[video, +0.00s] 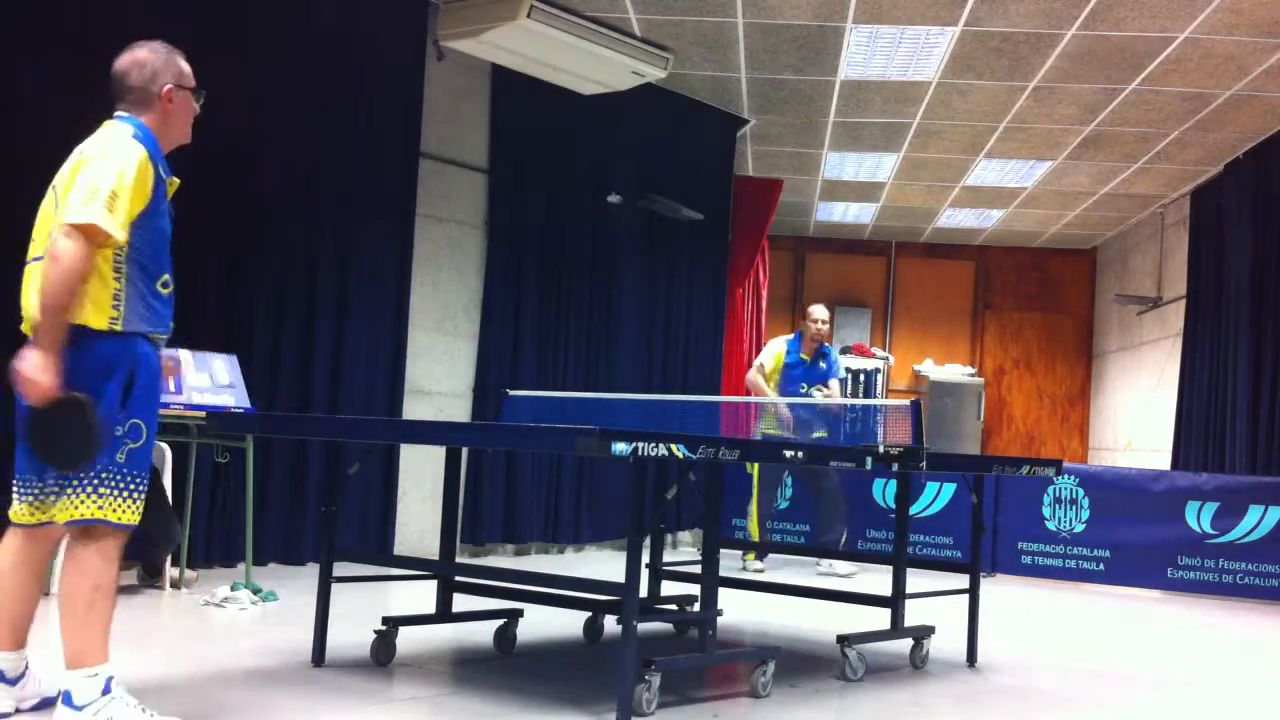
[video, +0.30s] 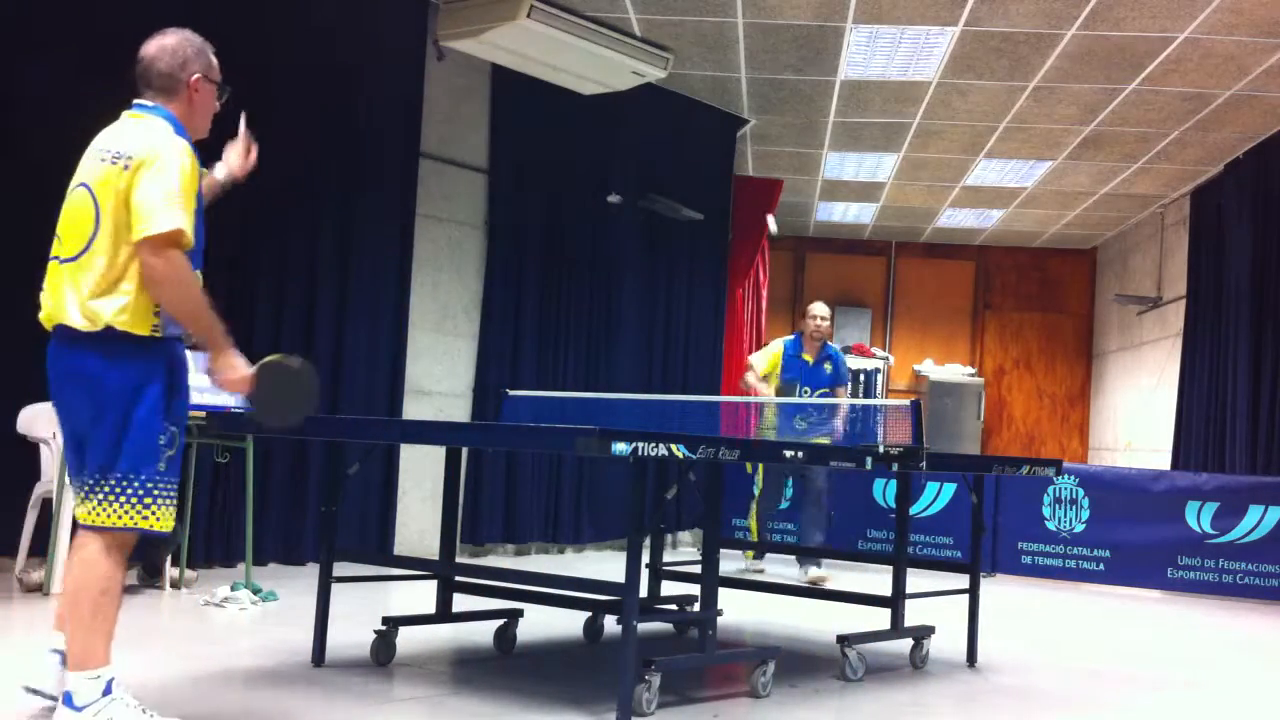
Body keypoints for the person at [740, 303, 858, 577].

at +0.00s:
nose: (820, 327)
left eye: (825, 322)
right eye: (815, 321)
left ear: (830, 327)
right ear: (803, 323)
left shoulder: (830, 356)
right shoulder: (780, 346)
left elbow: (836, 400)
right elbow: (753, 377)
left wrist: (828, 397)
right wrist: (777, 404)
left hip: (812, 436)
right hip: (773, 433)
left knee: (829, 488)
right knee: (764, 490)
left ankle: (829, 556)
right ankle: (754, 553)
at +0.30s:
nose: (819, 323)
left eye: (824, 319)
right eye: (814, 318)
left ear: (831, 325)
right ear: (803, 322)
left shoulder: (836, 357)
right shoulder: (782, 347)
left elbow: (842, 396)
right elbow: (749, 374)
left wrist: (839, 422)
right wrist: (761, 386)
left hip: (818, 438)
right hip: (779, 435)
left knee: (817, 496)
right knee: (768, 494)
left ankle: (811, 563)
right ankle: (755, 554)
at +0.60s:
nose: (829, 311)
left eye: (834, 306)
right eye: (824, 306)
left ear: (843, 311)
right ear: (814, 309)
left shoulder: (856, 343)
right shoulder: (794, 339)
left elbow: (862, 387)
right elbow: (772, 383)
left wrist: (856, 431)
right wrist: (756, 424)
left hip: (836, 437)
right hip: (797, 432)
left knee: (830, 498)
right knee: (800, 490)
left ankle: (813, 563)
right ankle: (790, 557)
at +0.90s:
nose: (831, 309)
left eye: (836, 303)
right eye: (825, 303)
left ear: (844, 308)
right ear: (815, 308)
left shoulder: (863, 341)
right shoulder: (798, 343)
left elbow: (878, 380)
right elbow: (779, 388)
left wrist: (877, 418)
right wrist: (763, 429)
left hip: (849, 440)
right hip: (809, 437)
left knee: (847, 502)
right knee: (814, 498)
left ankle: (816, 554)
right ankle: (819, 571)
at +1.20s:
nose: (839, 295)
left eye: (845, 289)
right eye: (834, 289)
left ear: (856, 293)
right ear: (824, 295)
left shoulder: (875, 328)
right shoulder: (808, 330)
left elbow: (890, 367)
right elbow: (793, 372)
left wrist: (886, 406)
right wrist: (797, 407)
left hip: (862, 435)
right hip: (818, 435)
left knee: (865, 505)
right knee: (815, 504)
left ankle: (871, 578)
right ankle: (816, 572)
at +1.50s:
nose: (862, 293)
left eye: (870, 287)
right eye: (857, 287)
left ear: (883, 292)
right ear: (849, 292)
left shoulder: (902, 330)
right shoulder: (831, 331)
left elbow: (918, 375)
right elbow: (809, 379)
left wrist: (915, 418)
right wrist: (830, 397)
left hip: (888, 441)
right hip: (840, 440)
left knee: (883, 514)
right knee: (829, 509)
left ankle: (872, 592)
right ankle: (820, 566)